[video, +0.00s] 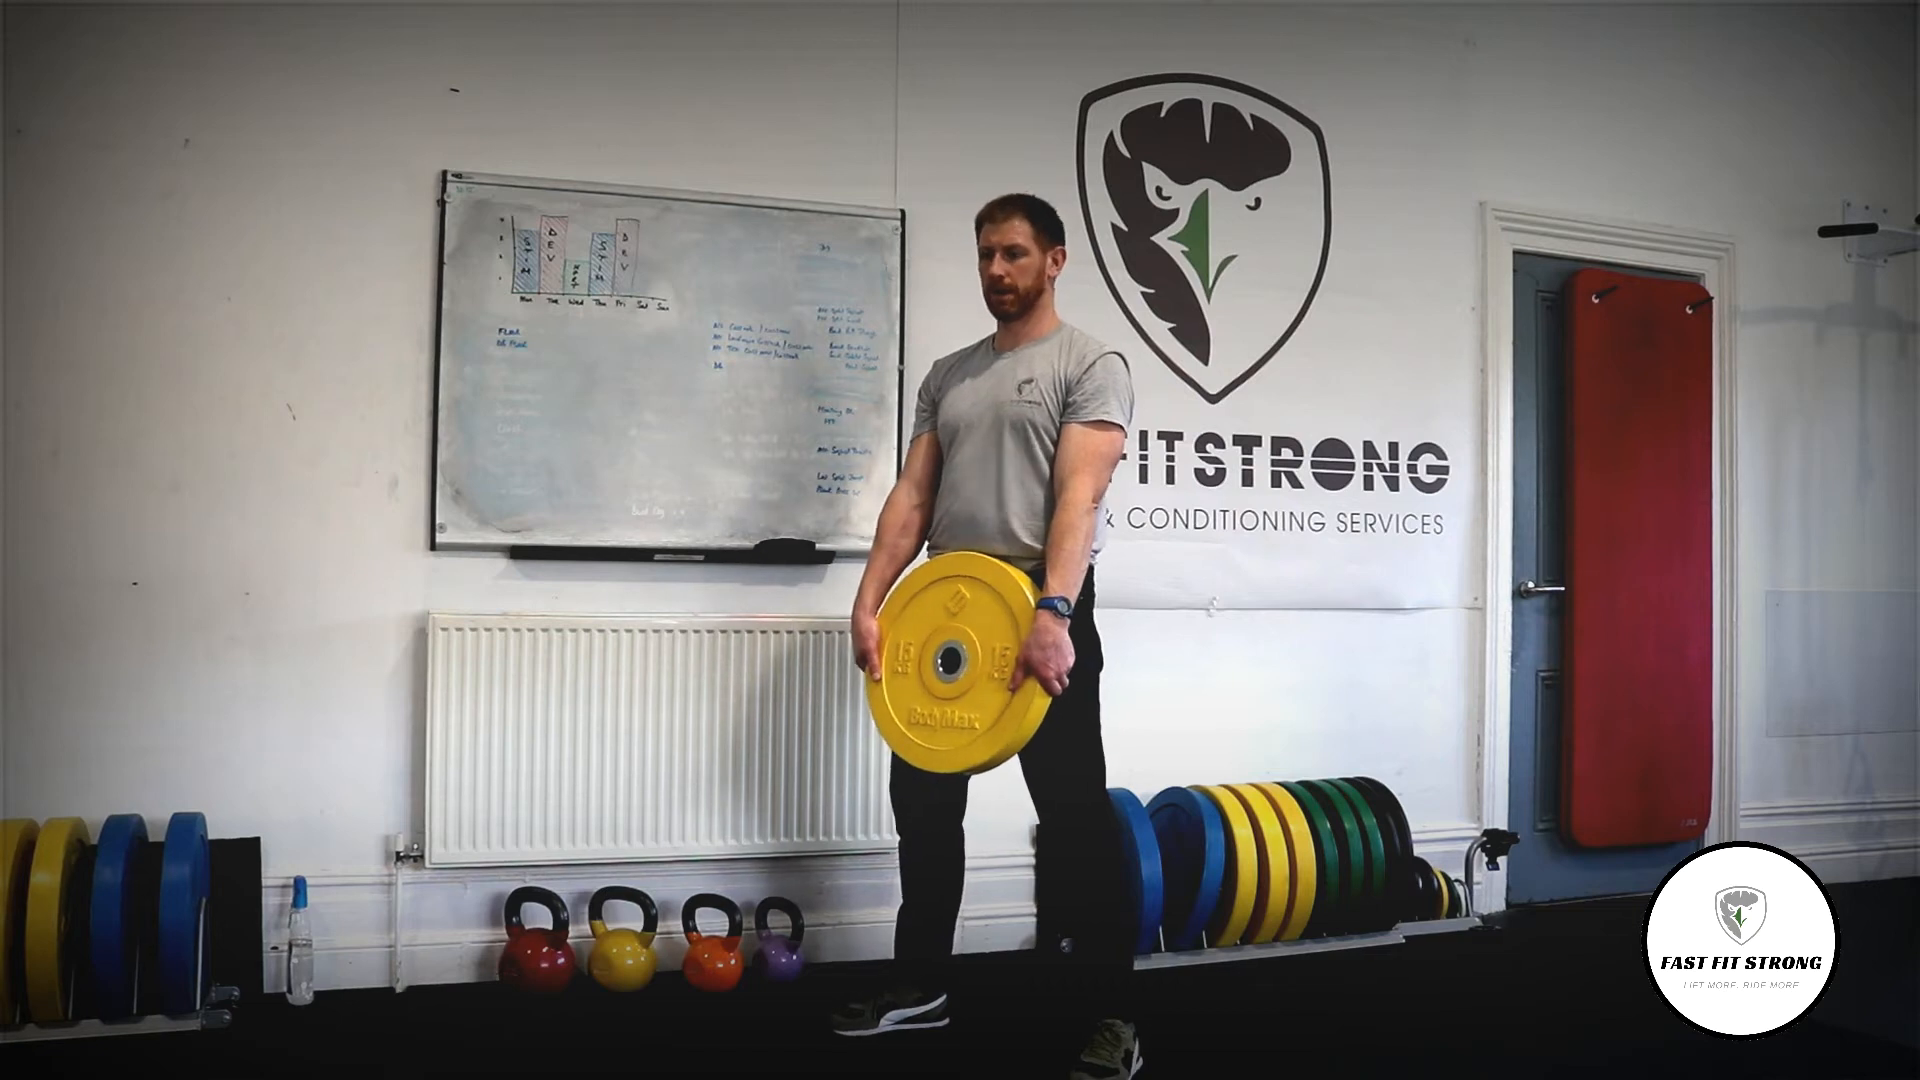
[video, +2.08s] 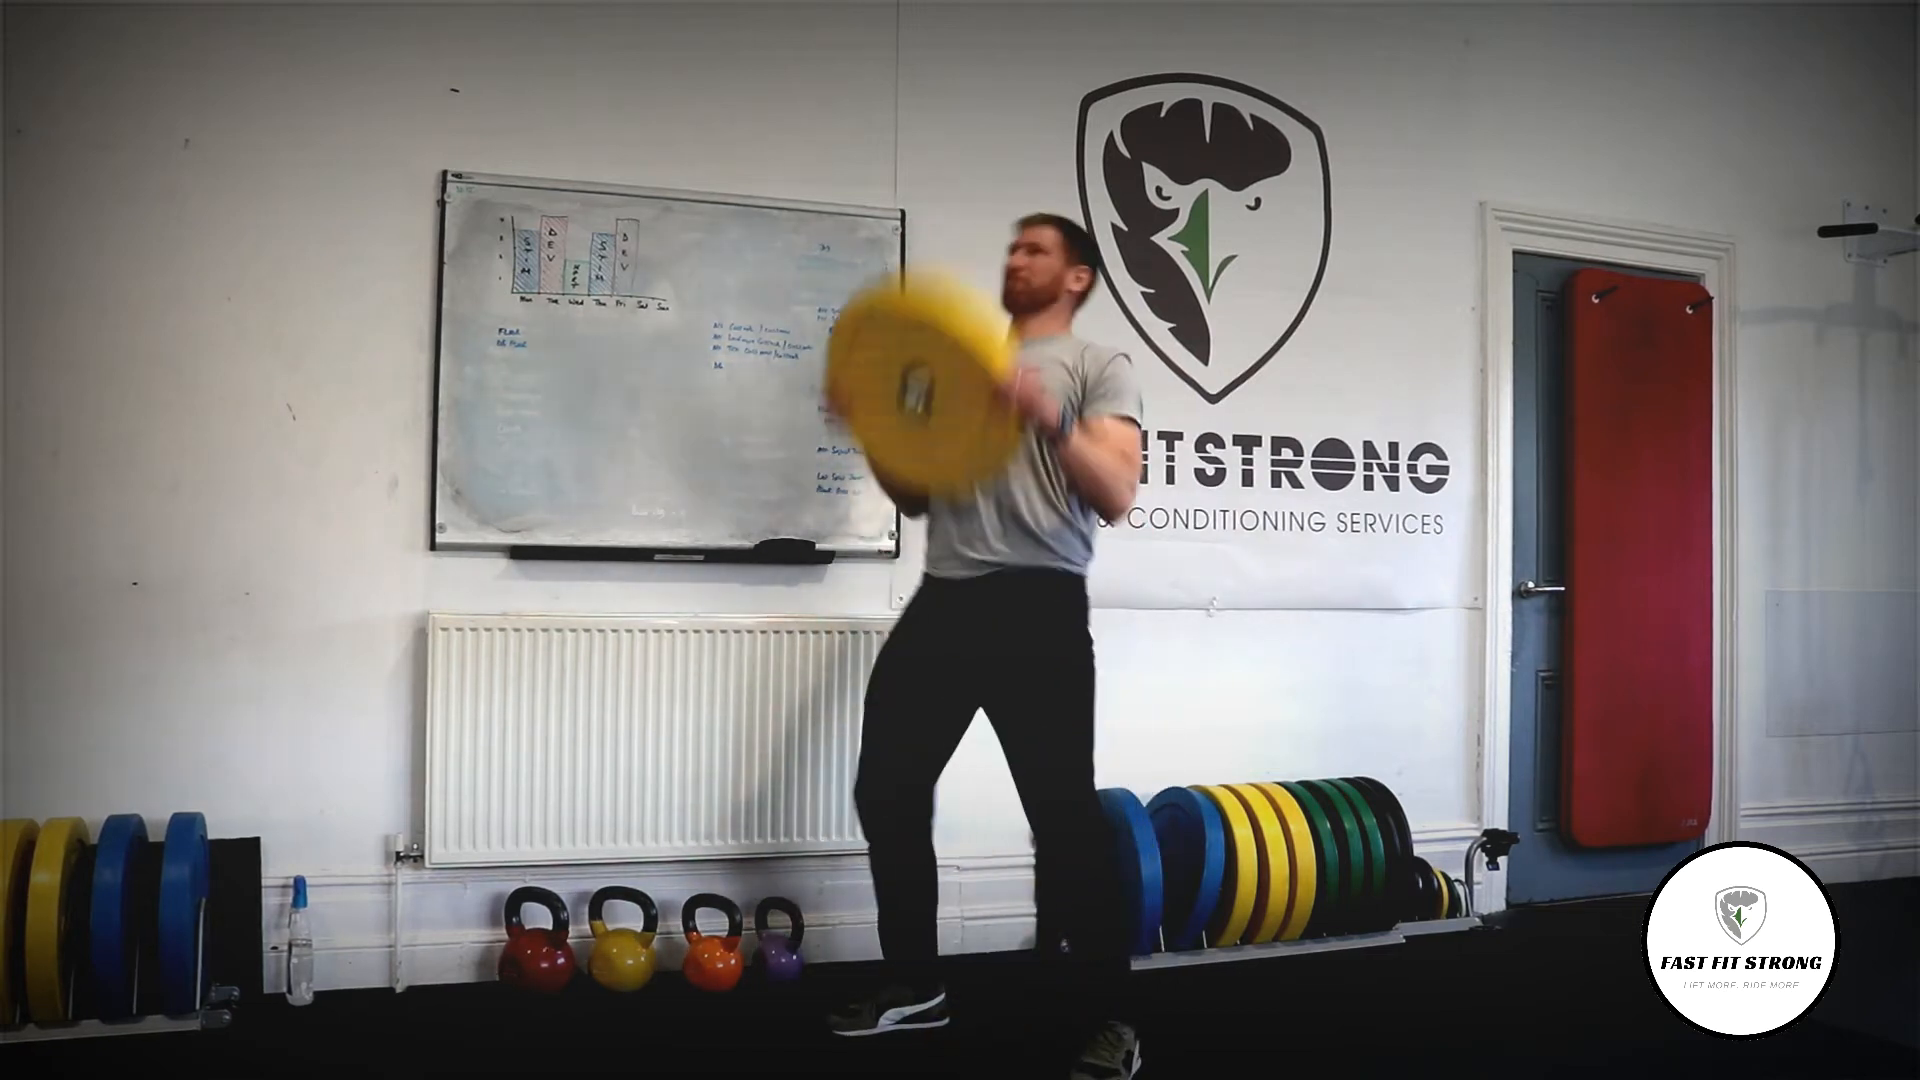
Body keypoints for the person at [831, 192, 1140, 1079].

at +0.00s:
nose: (996, 268)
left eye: (1013, 253)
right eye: (987, 256)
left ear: (1054, 261)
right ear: (978, 267)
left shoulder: (1091, 364)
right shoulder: (946, 377)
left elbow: (1079, 496)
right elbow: (912, 498)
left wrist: (1054, 608)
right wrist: (868, 601)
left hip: (1046, 606)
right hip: (943, 607)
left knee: (1071, 807)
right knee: (923, 797)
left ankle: (1105, 1014)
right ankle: (920, 988)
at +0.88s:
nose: (900, 396)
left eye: (911, 377)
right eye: (887, 381)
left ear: (951, 348)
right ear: (874, 370)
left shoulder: (1033, 436)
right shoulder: (886, 451)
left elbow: (1049, 588)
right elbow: (891, 581)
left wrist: (1061, 727)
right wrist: (882, 709)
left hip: (1089, 618)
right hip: (989, 621)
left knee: (1107, 810)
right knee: (916, 770)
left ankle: (1116, 1015)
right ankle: (916, 983)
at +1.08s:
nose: (881, 533)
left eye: (891, 513)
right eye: (868, 519)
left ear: (931, 479)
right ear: (853, 508)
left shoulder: (1025, 547)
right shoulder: (875, 571)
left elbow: (1045, 703)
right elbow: (886, 697)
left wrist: (1057, 849)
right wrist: (884, 825)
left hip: (1106, 675)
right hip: (998, 675)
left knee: (1133, 827)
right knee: (869, 789)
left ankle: (1116, 1021)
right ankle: (914, 985)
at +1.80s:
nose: (905, 406)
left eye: (922, 389)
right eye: (897, 391)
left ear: (972, 391)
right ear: (890, 398)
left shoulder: (1030, 478)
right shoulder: (894, 490)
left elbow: (1109, 594)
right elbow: (905, 603)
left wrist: (1062, 717)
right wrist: (877, 725)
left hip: (1088, 671)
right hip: (991, 673)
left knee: (1114, 839)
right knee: (868, 790)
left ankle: (1114, 1027)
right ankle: (914, 988)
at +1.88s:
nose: (921, 340)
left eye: (939, 325)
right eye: (916, 326)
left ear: (990, 334)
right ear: (914, 339)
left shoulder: (1048, 428)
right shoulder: (910, 437)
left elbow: (1131, 543)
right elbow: (919, 550)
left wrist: (1065, 622)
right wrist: (881, 618)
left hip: (1083, 642)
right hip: (983, 648)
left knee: (1103, 824)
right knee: (874, 792)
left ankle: (1112, 1026)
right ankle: (916, 989)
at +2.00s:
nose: (984, 276)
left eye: (1002, 262)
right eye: (981, 263)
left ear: (1050, 278)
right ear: (980, 280)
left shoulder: (1092, 377)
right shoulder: (951, 387)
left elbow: (1128, 510)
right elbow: (941, 510)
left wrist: (1045, 502)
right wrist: (870, 502)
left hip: (1056, 624)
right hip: (959, 621)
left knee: (1075, 820)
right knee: (876, 792)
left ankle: (1101, 1023)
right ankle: (915, 988)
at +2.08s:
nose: (1014, 262)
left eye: (1034, 251)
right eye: (1011, 251)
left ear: (1079, 278)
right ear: (1004, 271)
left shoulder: (1099, 366)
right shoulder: (973, 364)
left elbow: (1116, 496)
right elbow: (914, 494)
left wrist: (1053, 420)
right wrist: (863, 417)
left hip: (1039, 607)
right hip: (946, 604)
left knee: (1063, 811)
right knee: (889, 789)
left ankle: (1102, 1018)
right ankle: (914, 989)